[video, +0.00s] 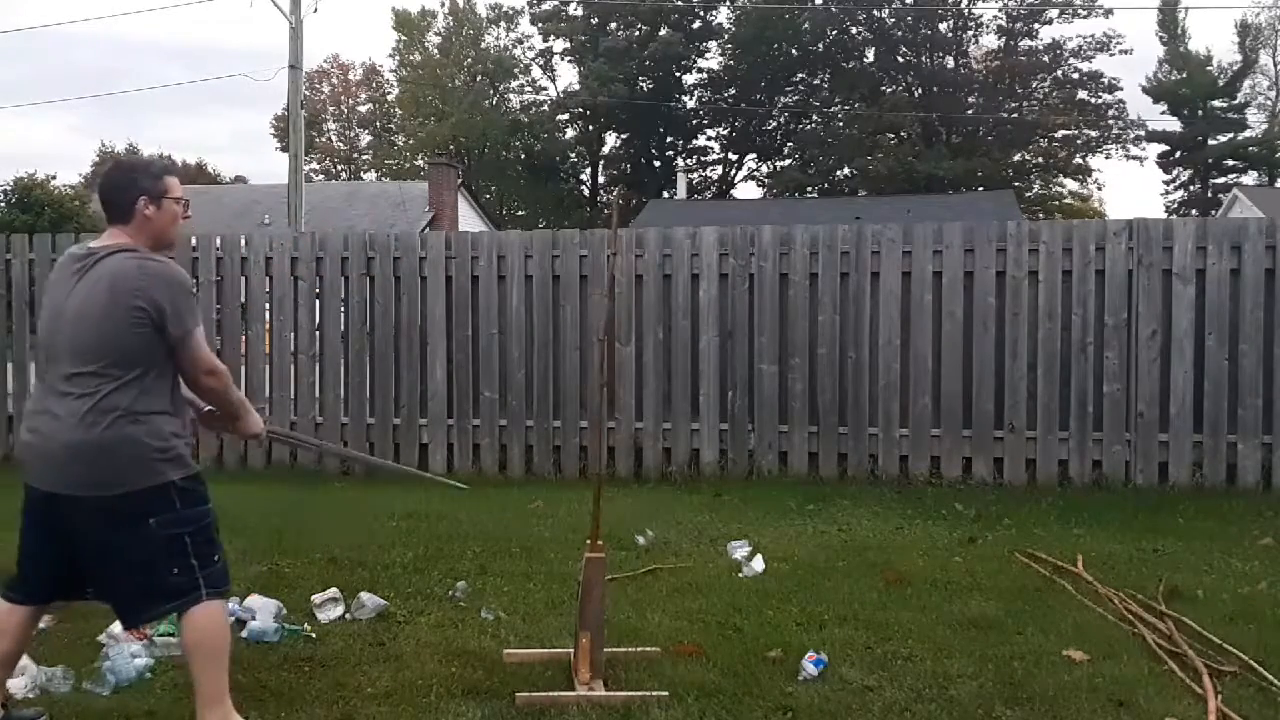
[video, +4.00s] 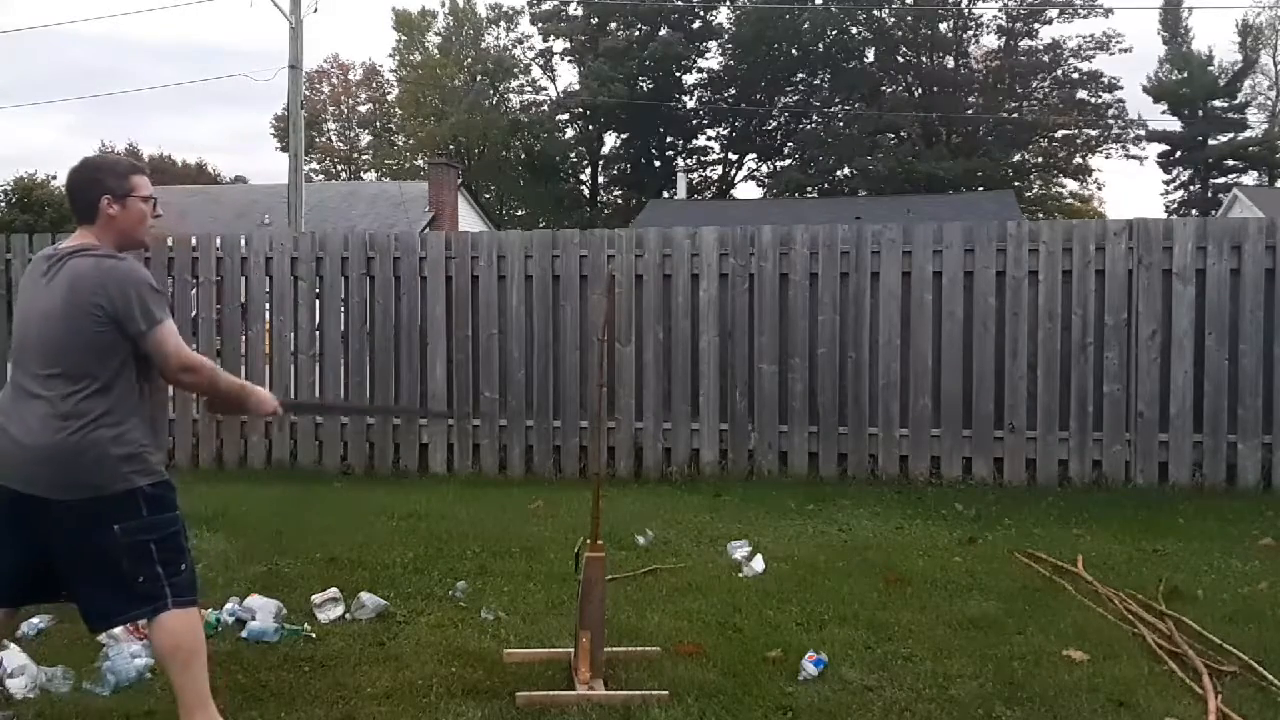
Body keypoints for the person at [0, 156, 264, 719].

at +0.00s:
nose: (186, 216)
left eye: (186, 204)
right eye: (179, 204)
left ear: (122, 211)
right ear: (144, 208)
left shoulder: (68, 264)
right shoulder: (162, 276)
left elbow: (104, 360)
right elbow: (203, 369)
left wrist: (178, 399)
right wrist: (243, 414)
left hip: (50, 453)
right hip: (138, 456)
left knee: (26, 591)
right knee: (201, 587)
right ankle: (216, 710)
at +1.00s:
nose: (182, 213)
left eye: (178, 201)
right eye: (171, 202)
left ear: (128, 214)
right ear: (135, 212)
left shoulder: (90, 272)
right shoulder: (140, 280)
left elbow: (210, 318)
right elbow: (233, 326)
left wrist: (291, 321)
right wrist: (318, 317)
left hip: (50, 460)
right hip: (124, 464)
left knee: (30, 588)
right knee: (199, 586)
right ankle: (202, 712)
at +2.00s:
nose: (173, 228)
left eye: (172, 218)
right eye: (163, 218)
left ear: (164, 227)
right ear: (124, 227)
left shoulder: (155, 282)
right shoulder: (86, 292)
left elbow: (202, 208)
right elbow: (136, 234)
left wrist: (175, 146)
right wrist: (128, 143)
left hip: (74, 472)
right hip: (115, 471)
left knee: (44, 595)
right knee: (204, 579)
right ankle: (205, 713)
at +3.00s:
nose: (178, 230)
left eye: (175, 219)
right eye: (167, 219)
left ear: (125, 226)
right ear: (126, 226)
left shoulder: (99, 276)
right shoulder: (116, 283)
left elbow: (219, 247)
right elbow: (229, 278)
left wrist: (247, 196)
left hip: (66, 470)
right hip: (135, 471)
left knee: (32, 590)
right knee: (214, 583)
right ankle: (206, 712)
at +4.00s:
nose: (155, 213)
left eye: (154, 202)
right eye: (147, 202)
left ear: (97, 209)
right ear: (109, 206)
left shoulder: (39, 268)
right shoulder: (121, 275)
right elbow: (182, 365)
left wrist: (195, 384)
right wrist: (248, 395)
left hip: (21, 464)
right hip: (111, 466)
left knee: (9, 596)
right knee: (170, 596)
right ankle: (201, 713)